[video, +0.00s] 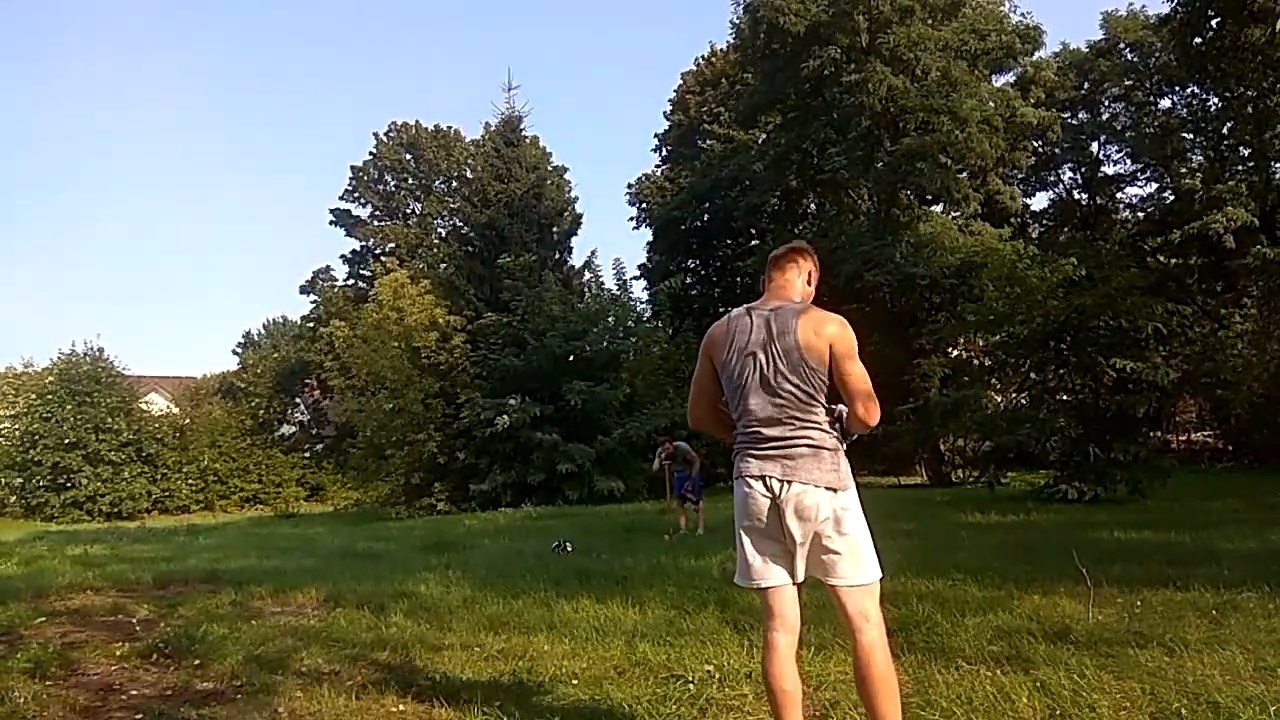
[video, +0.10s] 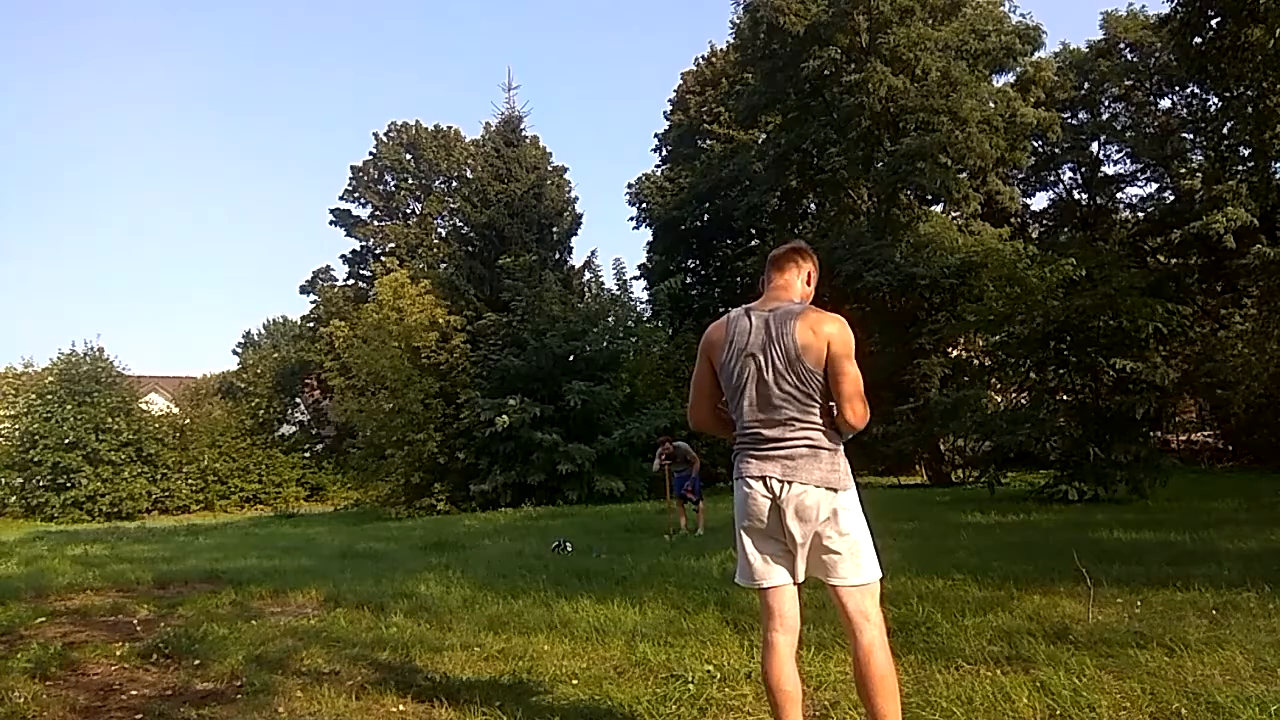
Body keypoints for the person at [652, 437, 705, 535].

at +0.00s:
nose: (666, 451)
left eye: (668, 448)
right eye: (664, 450)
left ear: (672, 445)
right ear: (662, 449)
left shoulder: (682, 447)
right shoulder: (661, 452)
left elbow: (696, 461)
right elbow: (655, 468)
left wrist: (692, 479)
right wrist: (660, 459)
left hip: (691, 472)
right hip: (678, 474)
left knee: (697, 501)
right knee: (679, 501)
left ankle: (700, 527)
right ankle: (683, 528)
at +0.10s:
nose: (666, 451)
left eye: (668, 448)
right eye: (664, 449)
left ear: (672, 445)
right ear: (661, 449)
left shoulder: (682, 447)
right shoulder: (660, 451)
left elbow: (696, 462)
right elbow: (655, 468)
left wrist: (692, 480)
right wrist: (661, 461)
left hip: (690, 472)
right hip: (677, 474)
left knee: (697, 501)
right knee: (679, 502)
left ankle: (700, 527)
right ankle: (683, 528)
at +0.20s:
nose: (666, 451)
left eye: (668, 448)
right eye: (664, 449)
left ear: (672, 445)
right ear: (661, 449)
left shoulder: (682, 447)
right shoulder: (660, 452)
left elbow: (696, 462)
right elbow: (655, 468)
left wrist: (692, 480)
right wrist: (661, 464)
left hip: (690, 472)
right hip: (677, 475)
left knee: (697, 501)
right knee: (679, 502)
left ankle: (700, 527)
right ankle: (683, 528)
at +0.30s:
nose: (666, 451)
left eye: (667, 448)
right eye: (664, 449)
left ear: (672, 445)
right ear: (661, 449)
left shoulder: (682, 447)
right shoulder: (660, 452)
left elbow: (696, 462)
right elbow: (655, 469)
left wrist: (692, 480)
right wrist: (661, 464)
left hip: (690, 472)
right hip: (677, 475)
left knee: (697, 501)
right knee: (679, 502)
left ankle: (700, 527)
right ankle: (683, 528)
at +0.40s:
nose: (666, 452)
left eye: (667, 449)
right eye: (664, 449)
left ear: (672, 445)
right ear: (661, 449)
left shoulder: (682, 447)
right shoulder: (660, 452)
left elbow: (696, 462)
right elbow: (655, 468)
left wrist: (692, 480)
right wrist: (661, 464)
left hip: (690, 472)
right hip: (677, 475)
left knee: (697, 501)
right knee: (679, 502)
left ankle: (700, 528)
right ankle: (683, 528)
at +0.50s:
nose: (666, 451)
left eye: (667, 449)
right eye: (664, 449)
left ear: (672, 445)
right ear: (661, 449)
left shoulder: (682, 447)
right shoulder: (660, 452)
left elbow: (696, 461)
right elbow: (655, 469)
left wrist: (692, 480)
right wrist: (661, 464)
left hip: (690, 472)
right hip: (677, 475)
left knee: (697, 501)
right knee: (679, 502)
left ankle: (700, 528)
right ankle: (683, 528)